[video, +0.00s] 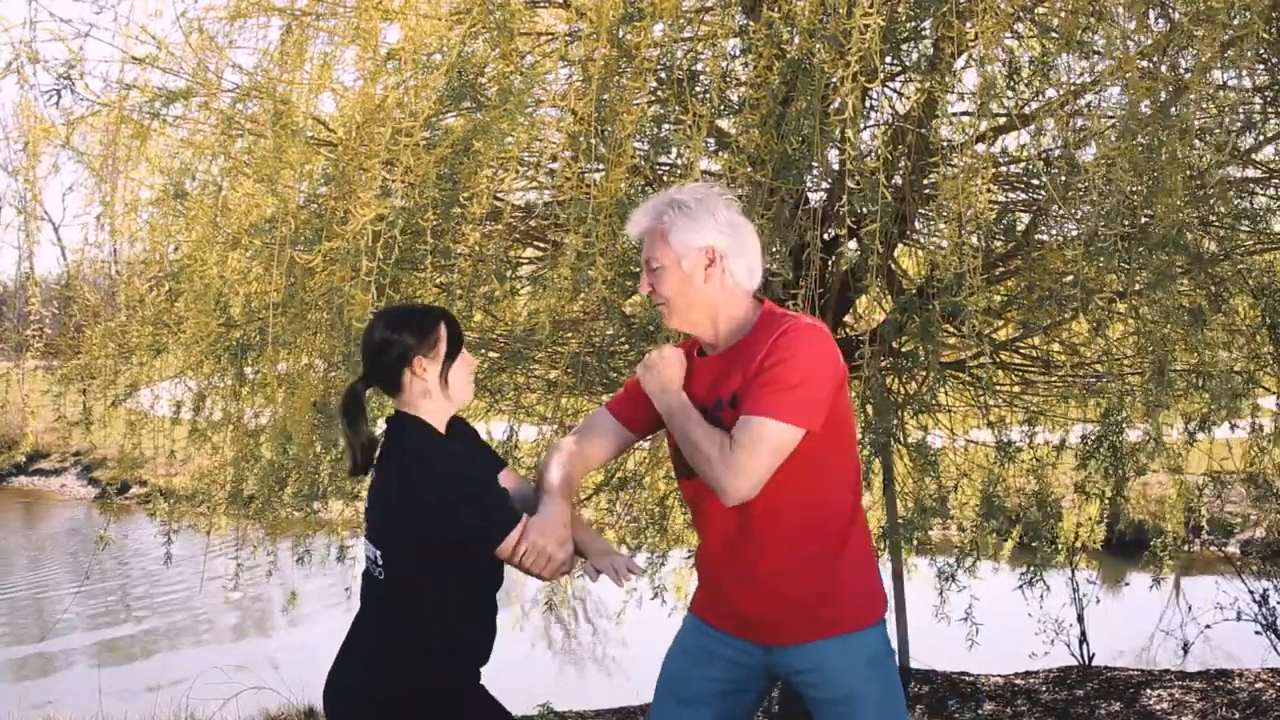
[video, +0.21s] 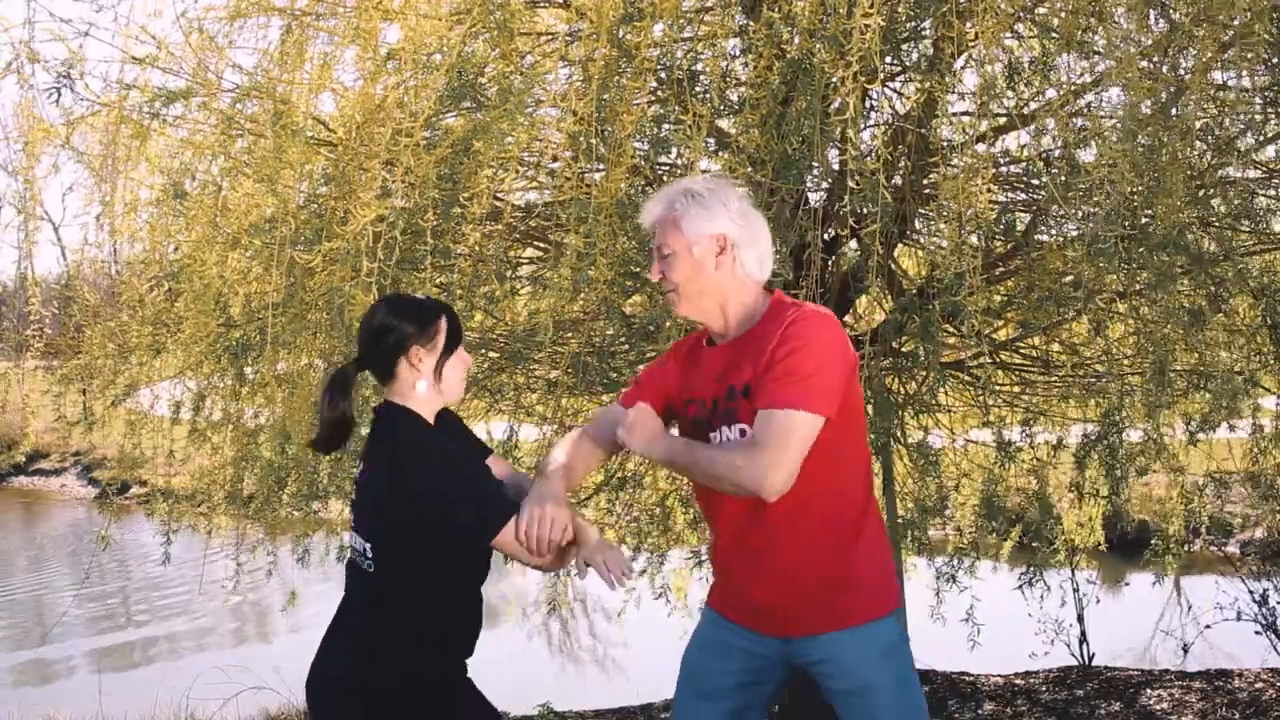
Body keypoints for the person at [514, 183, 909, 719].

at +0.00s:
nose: (646, 287)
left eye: (655, 269)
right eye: (645, 272)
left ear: (711, 262)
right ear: (709, 265)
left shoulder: (804, 346)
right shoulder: (682, 365)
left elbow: (735, 478)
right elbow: (574, 449)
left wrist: (668, 397)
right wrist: (554, 509)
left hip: (836, 634)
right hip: (719, 630)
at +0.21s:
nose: (655, 274)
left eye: (666, 255)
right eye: (655, 259)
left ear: (722, 250)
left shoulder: (810, 332)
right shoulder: (684, 363)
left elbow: (767, 471)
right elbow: (596, 435)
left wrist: (660, 445)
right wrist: (551, 488)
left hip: (851, 620)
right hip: (738, 618)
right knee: (692, 711)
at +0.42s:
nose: (718, 267)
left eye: (731, 250)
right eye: (721, 252)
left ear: (788, 251)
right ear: (780, 252)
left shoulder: (871, 341)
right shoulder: (734, 370)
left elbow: (862, 484)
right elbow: (667, 474)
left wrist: (741, 474)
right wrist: (600, 444)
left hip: (890, 643)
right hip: (769, 636)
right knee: (718, 711)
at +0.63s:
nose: (799, 256)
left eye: (815, 241)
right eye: (803, 240)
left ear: (873, 249)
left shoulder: (951, 340)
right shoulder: (801, 352)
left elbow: (905, 469)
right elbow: (716, 454)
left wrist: (798, 406)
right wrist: (612, 416)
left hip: (940, 638)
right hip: (819, 628)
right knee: (768, 713)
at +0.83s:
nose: (813, 258)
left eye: (828, 242)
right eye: (815, 242)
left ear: (887, 249)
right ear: (876, 248)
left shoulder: (963, 344)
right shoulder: (811, 349)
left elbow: (900, 462)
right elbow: (702, 426)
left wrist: (800, 382)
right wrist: (597, 382)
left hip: (940, 638)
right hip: (819, 626)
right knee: (763, 714)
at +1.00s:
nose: (790, 264)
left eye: (805, 247)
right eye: (792, 247)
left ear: (863, 253)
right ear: (855, 253)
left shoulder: (940, 344)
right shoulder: (786, 354)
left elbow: (877, 469)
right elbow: (681, 430)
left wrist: (759, 425)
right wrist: (573, 390)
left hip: (922, 640)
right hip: (797, 627)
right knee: (741, 711)